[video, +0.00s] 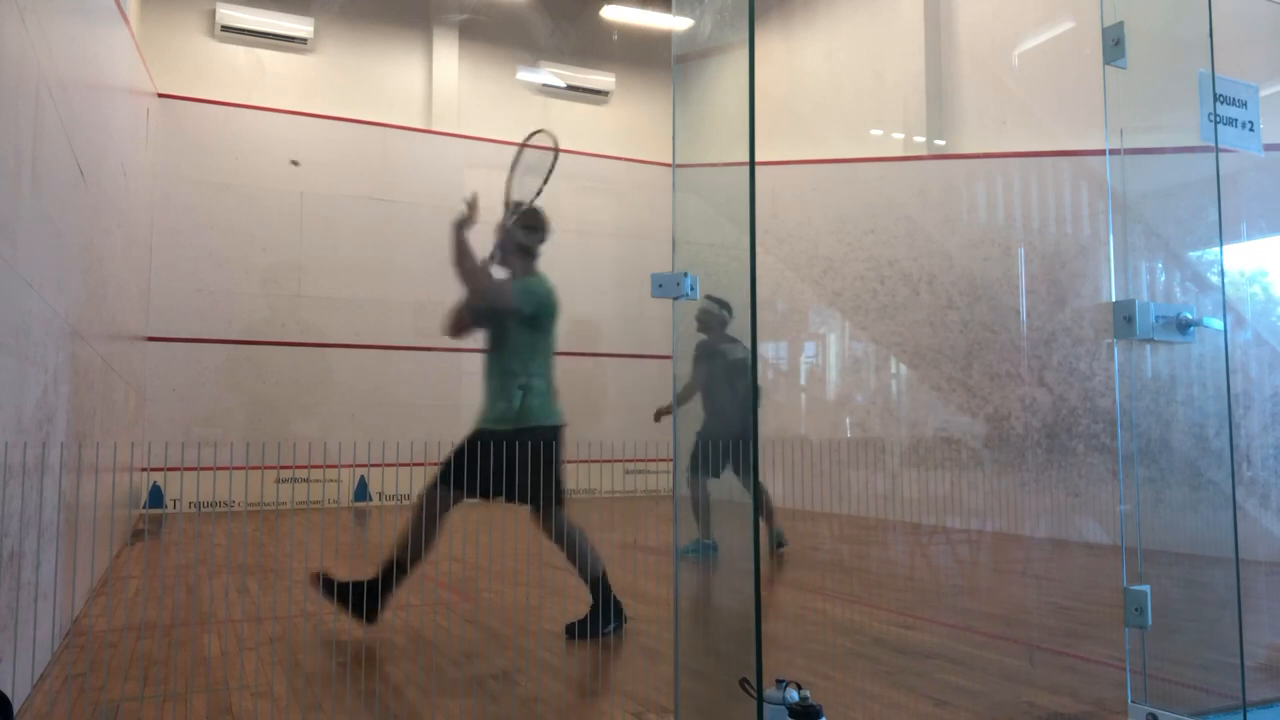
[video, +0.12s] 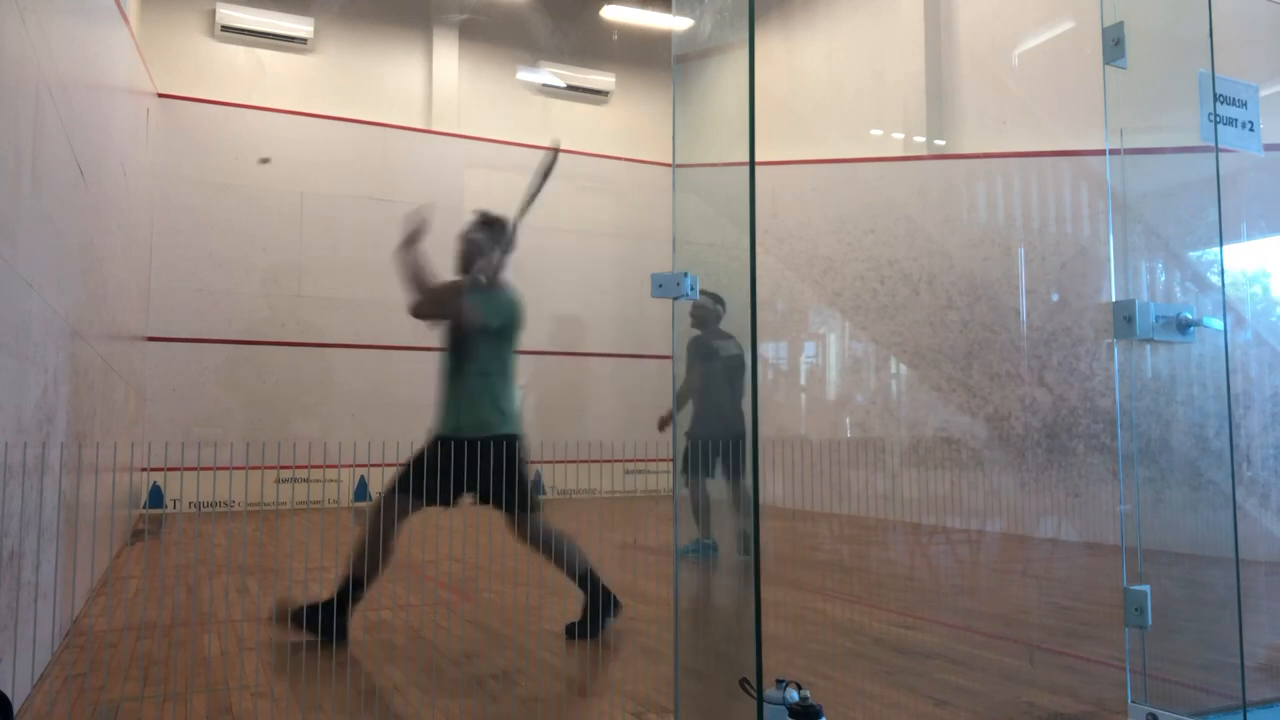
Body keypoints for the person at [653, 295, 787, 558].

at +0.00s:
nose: (697, 318)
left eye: (702, 314)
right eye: (699, 313)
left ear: (713, 320)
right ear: (722, 322)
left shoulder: (706, 347)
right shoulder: (740, 347)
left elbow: (694, 385)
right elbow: (753, 389)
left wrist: (669, 407)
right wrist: (744, 415)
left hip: (717, 425)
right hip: (744, 425)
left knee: (696, 477)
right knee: (750, 479)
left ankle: (705, 539)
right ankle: (775, 532)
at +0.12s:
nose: (691, 313)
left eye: (697, 310)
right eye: (692, 309)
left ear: (711, 315)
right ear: (717, 316)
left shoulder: (698, 344)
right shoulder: (734, 344)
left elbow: (690, 385)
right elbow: (739, 389)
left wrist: (670, 413)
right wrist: (728, 412)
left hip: (706, 425)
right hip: (734, 424)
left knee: (695, 478)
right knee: (737, 481)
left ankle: (705, 539)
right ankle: (745, 536)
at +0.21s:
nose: (687, 313)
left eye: (692, 309)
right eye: (688, 308)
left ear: (704, 313)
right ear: (714, 314)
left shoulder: (694, 343)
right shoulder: (728, 343)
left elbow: (692, 387)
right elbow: (730, 384)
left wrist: (683, 423)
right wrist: (720, 411)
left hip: (698, 425)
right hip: (726, 424)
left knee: (691, 481)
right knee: (722, 481)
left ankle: (706, 536)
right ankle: (715, 535)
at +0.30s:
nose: (682, 316)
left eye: (686, 312)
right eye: (684, 311)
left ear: (693, 316)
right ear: (709, 317)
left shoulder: (689, 342)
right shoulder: (724, 345)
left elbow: (694, 382)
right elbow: (729, 391)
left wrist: (690, 417)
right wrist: (715, 412)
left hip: (695, 421)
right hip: (722, 424)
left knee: (675, 478)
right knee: (714, 484)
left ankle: (698, 536)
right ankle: (705, 543)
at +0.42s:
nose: (678, 319)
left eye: (681, 314)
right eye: (680, 313)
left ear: (687, 317)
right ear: (707, 318)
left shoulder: (685, 341)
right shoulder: (722, 346)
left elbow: (689, 369)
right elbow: (731, 387)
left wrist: (693, 401)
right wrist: (724, 414)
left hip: (689, 423)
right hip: (718, 426)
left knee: (657, 473)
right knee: (712, 485)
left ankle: (675, 529)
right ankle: (705, 546)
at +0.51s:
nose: (674, 322)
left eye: (677, 317)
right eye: (676, 316)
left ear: (684, 318)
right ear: (701, 318)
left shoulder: (680, 342)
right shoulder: (718, 347)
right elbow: (725, 398)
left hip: (684, 423)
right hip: (716, 425)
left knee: (653, 478)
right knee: (719, 486)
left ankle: (647, 538)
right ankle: (710, 542)